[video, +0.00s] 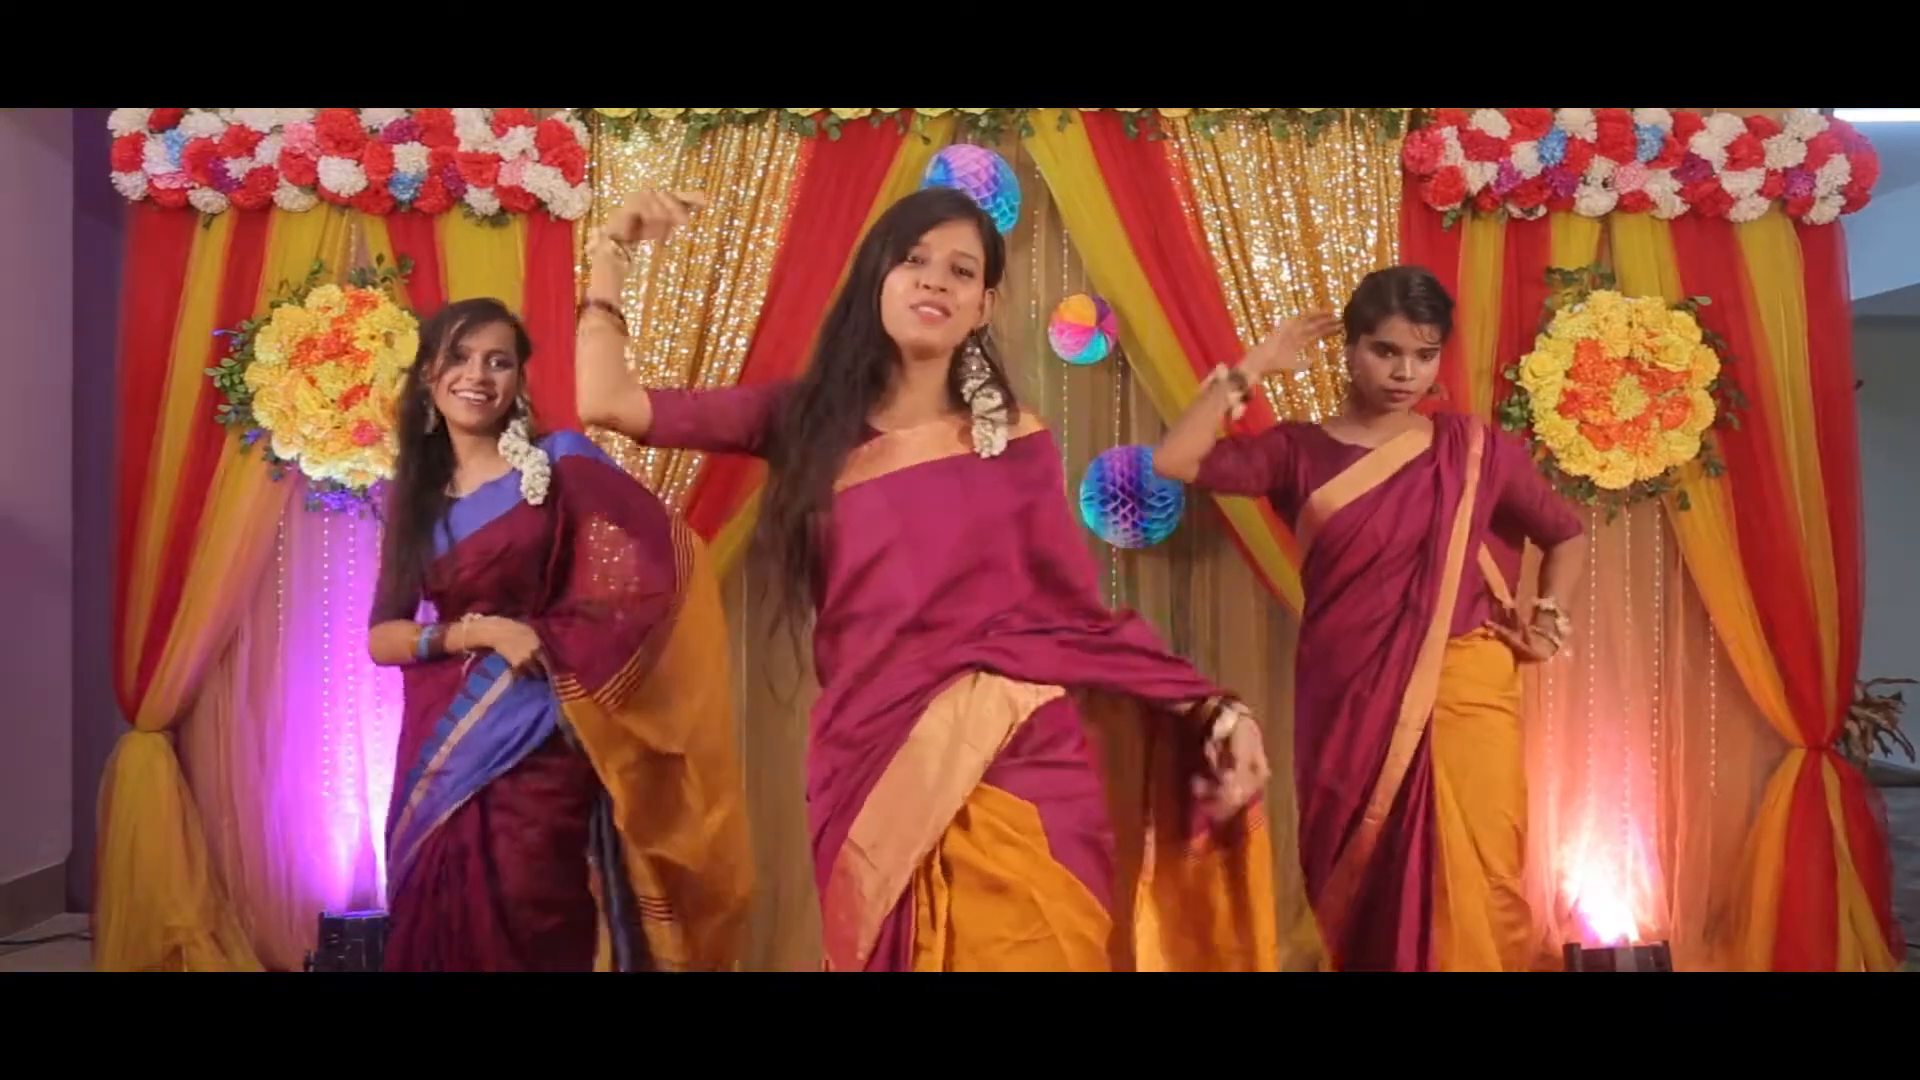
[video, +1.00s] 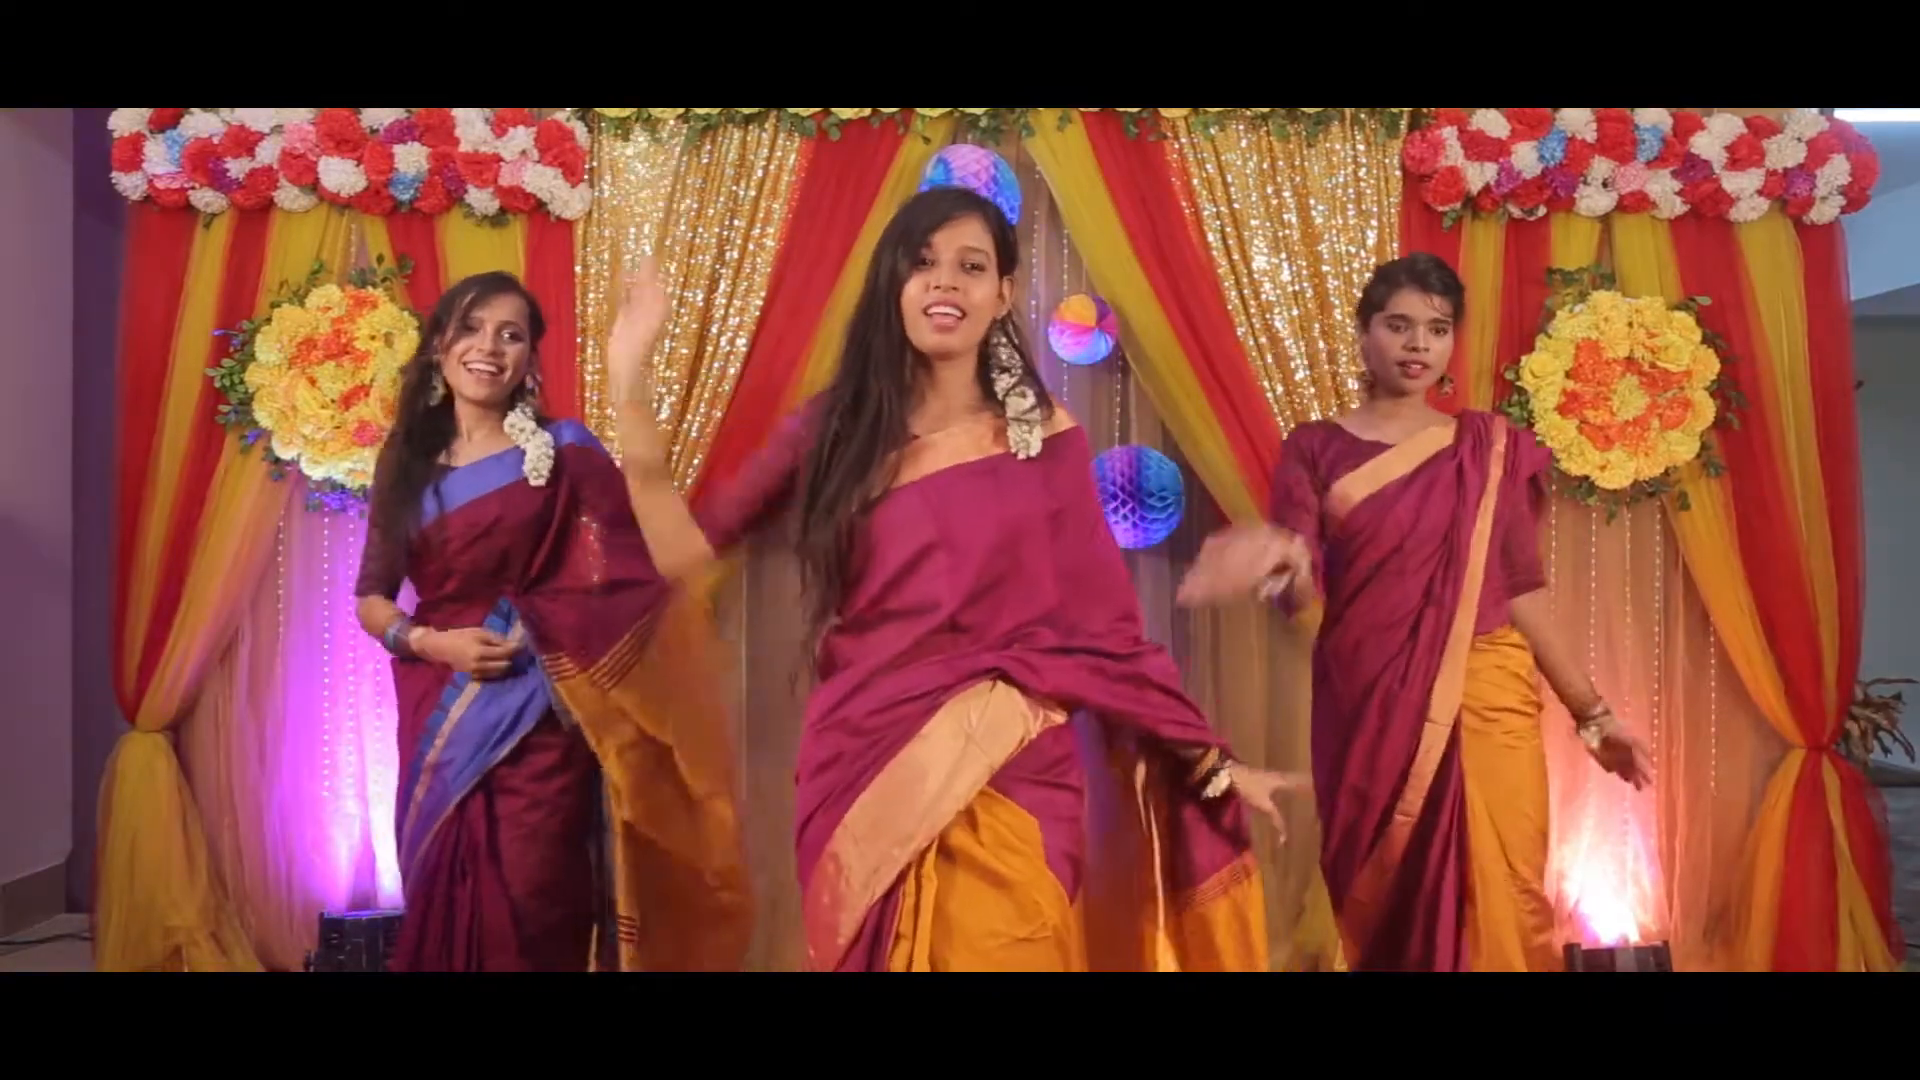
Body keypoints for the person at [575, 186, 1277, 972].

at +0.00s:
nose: (935, 282)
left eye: (962, 270)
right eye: (914, 260)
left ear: (987, 305)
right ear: (876, 279)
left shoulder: (1015, 436)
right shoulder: (815, 419)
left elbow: (1085, 616)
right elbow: (608, 402)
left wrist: (1213, 704)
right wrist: (607, 253)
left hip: (1032, 758)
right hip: (876, 770)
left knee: (1050, 955)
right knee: (887, 959)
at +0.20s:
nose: (935, 285)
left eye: (962, 270)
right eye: (913, 263)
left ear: (988, 302)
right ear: (873, 283)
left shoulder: (1029, 440)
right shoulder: (825, 420)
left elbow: (1108, 623)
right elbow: (621, 386)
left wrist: (1252, 732)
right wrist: (623, 216)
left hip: (1013, 773)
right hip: (862, 778)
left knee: (1035, 953)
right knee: (874, 959)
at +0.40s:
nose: (940, 314)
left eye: (964, 297)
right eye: (916, 293)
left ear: (991, 326)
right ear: (877, 317)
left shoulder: (1046, 452)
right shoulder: (843, 454)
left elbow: (1134, 642)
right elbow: (636, 397)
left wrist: (1276, 726)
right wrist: (616, 238)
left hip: (1015, 782)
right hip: (866, 778)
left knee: (1002, 958)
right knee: (853, 958)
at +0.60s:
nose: (945, 276)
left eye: (972, 261)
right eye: (922, 255)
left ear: (999, 290)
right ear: (883, 276)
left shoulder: (1037, 425)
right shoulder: (841, 417)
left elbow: (1105, 606)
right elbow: (633, 340)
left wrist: (1241, 694)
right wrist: (620, 190)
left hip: (1034, 742)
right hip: (883, 748)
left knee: (1017, 946)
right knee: (890, 952)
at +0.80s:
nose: (943, 288)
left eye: (969, 273)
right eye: (922, 267)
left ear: (996, 302)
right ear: (885, 288)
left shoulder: (1040, 440)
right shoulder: (839, 424)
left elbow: (1114, 629)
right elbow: (631, 382)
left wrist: (1228, 739)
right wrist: (674, 223)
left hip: (1027, 765)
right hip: (875, 768)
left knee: (1018, 953)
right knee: (883, 959)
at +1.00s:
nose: (944, 285)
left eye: (972, 267)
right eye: (922, 264)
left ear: (1004, 296)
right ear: (892, 285)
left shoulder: (1044, 433)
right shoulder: (840, 427)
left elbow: (1109, 626)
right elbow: (678, 548)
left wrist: (1211, 763)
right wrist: (627, 385)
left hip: (1024, 757)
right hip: (871, 757)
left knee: (1007, 953)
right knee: (875, 956)